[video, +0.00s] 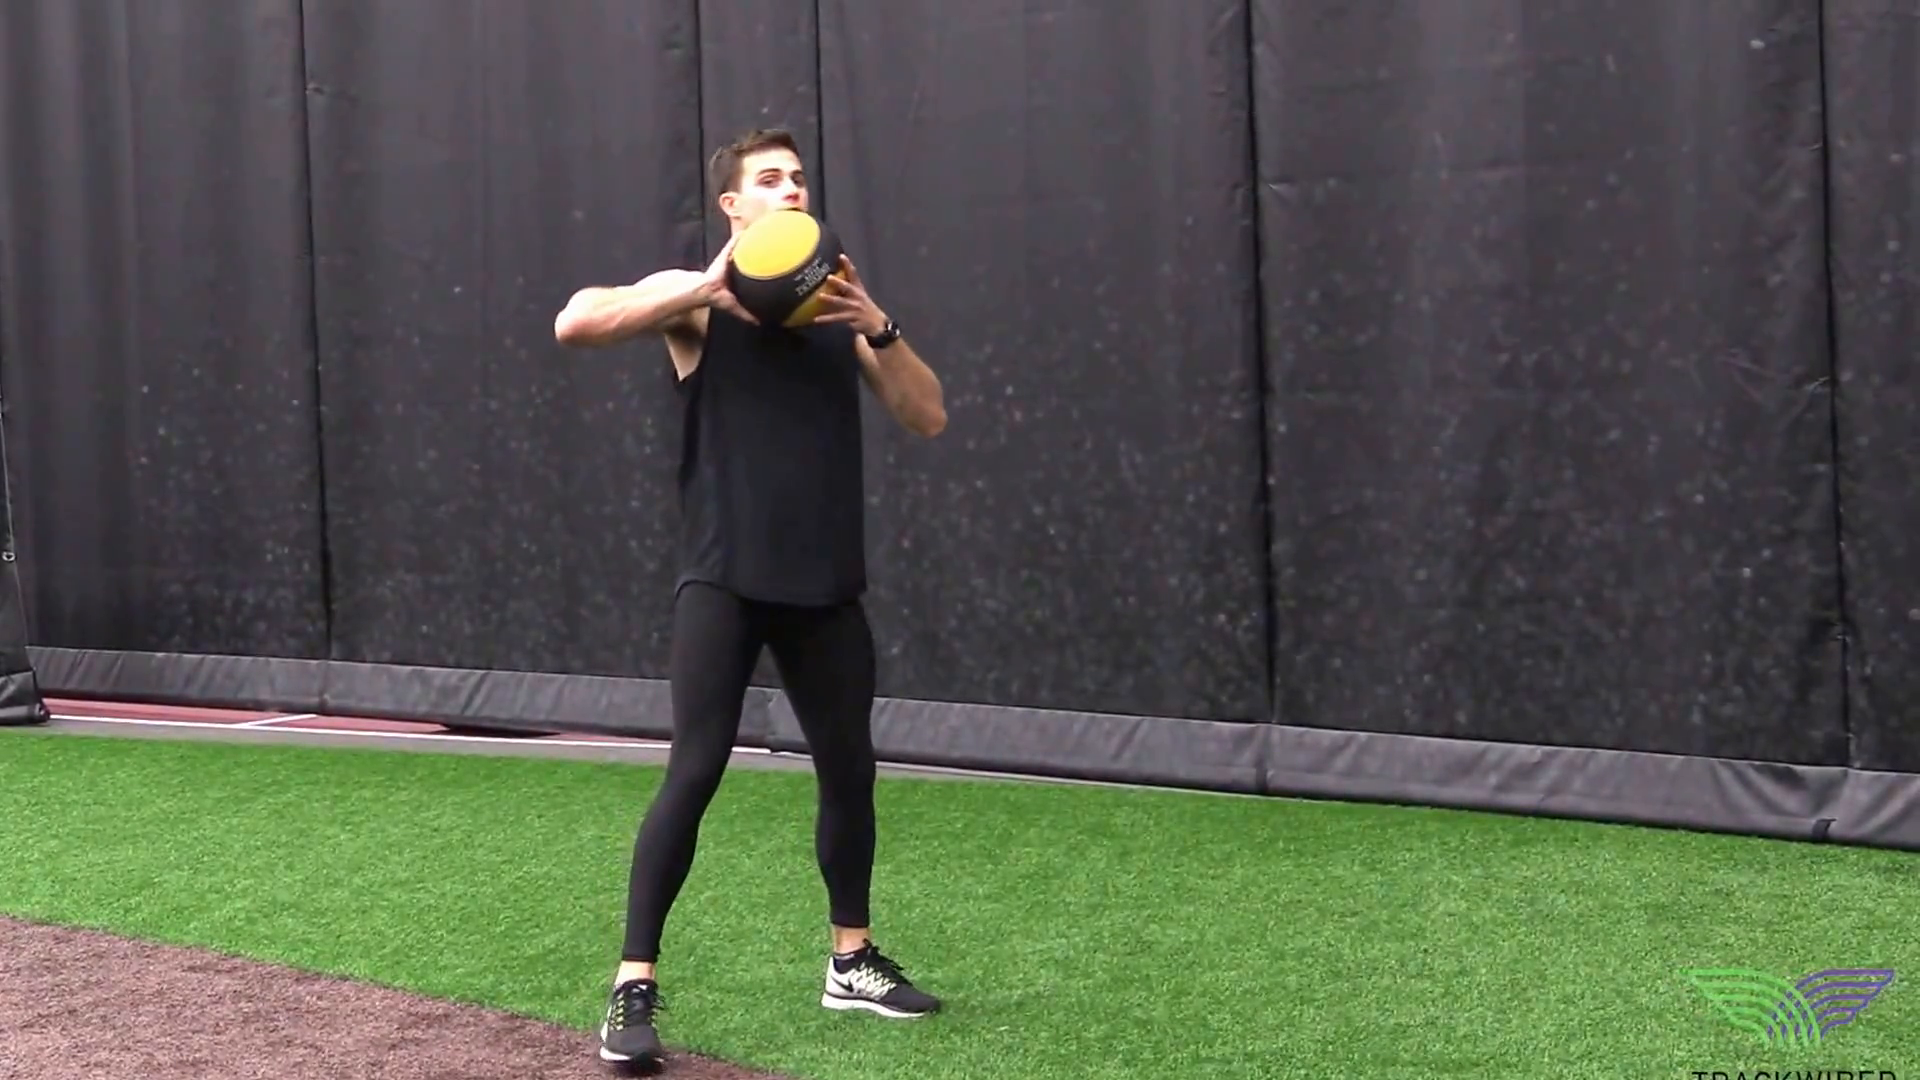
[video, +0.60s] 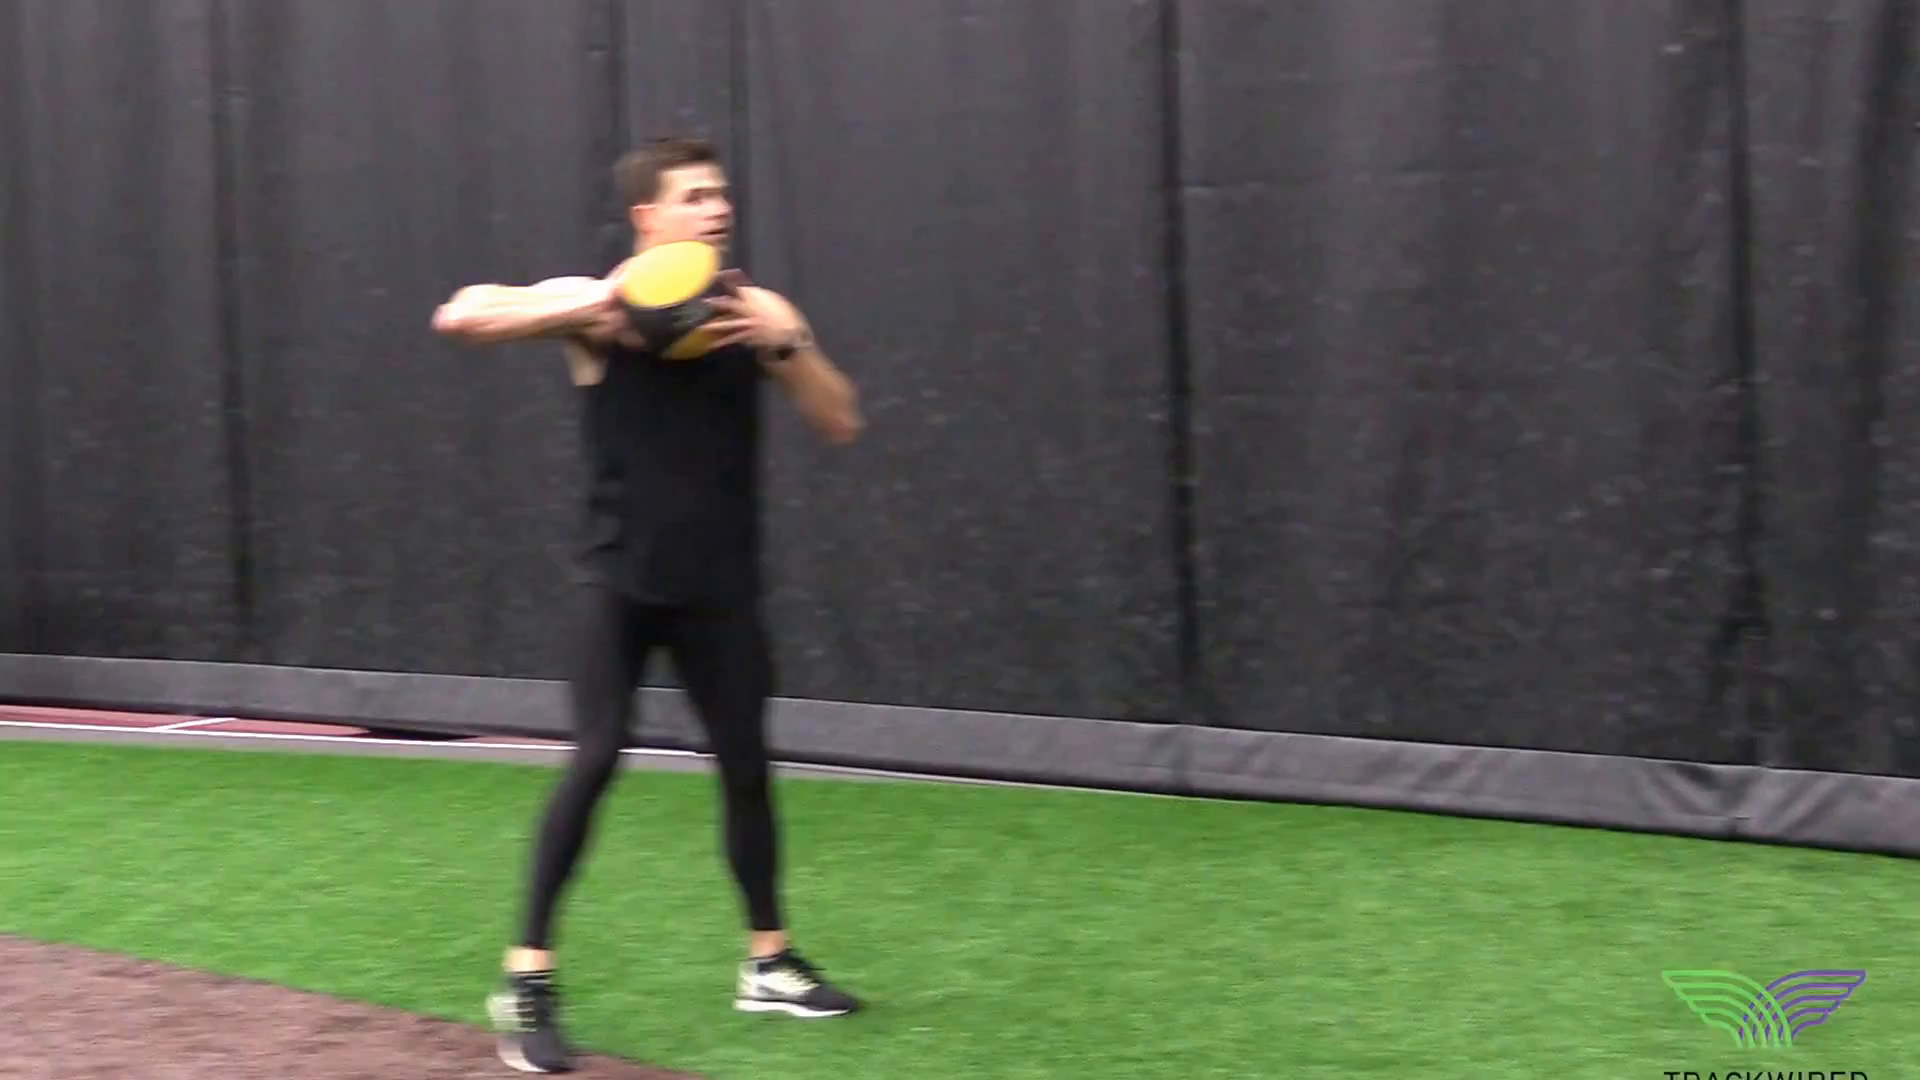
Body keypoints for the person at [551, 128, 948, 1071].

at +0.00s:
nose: (790, 189)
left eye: (798, 177)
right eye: (770, 178)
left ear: (811, 197)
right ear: (729, 202)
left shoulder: (839, 301)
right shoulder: (694, 291)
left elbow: (930, 417)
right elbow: (572, 323)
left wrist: (880, 332)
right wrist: (696, 294)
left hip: (823, 578)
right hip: (721, 574)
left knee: (850, 768)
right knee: (695, 767)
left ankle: (851, 961)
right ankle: (635, 982)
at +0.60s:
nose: (716, 213)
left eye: (721, 198)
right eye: (695, 199)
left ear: (728, 214)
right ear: (643, 216)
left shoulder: (751, 308)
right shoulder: (597, 302)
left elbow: (841, 422)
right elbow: (457, 314)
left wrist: (792, 342)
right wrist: (578, 313)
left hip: (720, 585)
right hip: (618, 582)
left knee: (747, 765)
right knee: (596, 753)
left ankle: (771, 959)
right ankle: (528, 972)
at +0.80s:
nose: (615, 230)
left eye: (619, 213)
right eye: (594, 216)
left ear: (627, 224)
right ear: (543, 233)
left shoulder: (668, 315)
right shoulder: (498, 312)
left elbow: (750, 428)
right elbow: (355, 331)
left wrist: (685, 360)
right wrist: (482, 333)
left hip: (639, 588)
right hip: (530, 584)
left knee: (671, 772)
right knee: (496, 761)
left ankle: (698, 962)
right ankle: (420, 980)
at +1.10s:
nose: (523, 278)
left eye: (527, 260)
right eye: (500, 267)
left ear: (537, 264)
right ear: (452, 284)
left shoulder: (583, 345)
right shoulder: (417, 354)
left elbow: (671, 462)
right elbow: (259, 373)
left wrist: (580, 422)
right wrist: (376, 388)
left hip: (579, 612)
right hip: (470, 612)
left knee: (648, 779)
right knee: (436, 789)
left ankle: (683, 961)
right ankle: (377, 1004)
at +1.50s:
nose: (441, 376)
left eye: (440, 354)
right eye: (417, 368)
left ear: (448, 346)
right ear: (367, 384)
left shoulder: (501, 412)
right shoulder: (328, 427)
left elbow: (585, 535)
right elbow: (172, 441)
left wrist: (486, 518)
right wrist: (275, 473)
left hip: (535, 619)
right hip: (424, 636)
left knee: (631, 781)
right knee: (409, 800)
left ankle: (692, 933)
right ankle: (377, 1011)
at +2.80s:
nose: (494, 338)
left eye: (486, 326)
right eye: (475, 337)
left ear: (481, 339)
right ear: (431, 370)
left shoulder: (529, 382)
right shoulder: (384, 451)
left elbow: (648, 457)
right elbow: (249, 517)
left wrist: (569, 429)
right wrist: (372, 483)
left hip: (539, 651)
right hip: (454, 667)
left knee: (680, 770)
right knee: (492, 822)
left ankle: (657, 965)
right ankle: (390, 1013)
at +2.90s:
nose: (501, 287)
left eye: (493, 276)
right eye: (485, 283)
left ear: (469, 307)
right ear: (450, 316)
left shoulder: (527, 360)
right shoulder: (410, 417)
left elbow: (656, 386)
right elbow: (319, 504)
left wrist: (590, 355)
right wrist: (433, 432)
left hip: (557, 637)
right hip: (487, 651)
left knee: (679, 767)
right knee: (521, 818)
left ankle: (662, 963)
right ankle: (392, 1002)